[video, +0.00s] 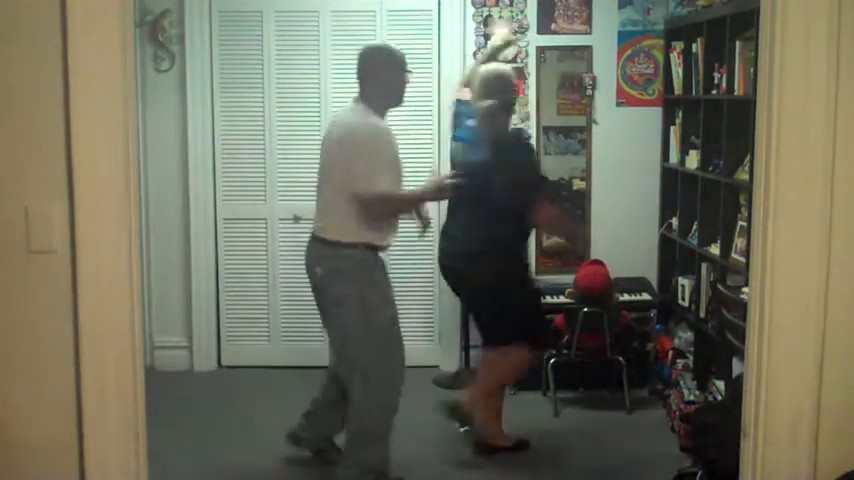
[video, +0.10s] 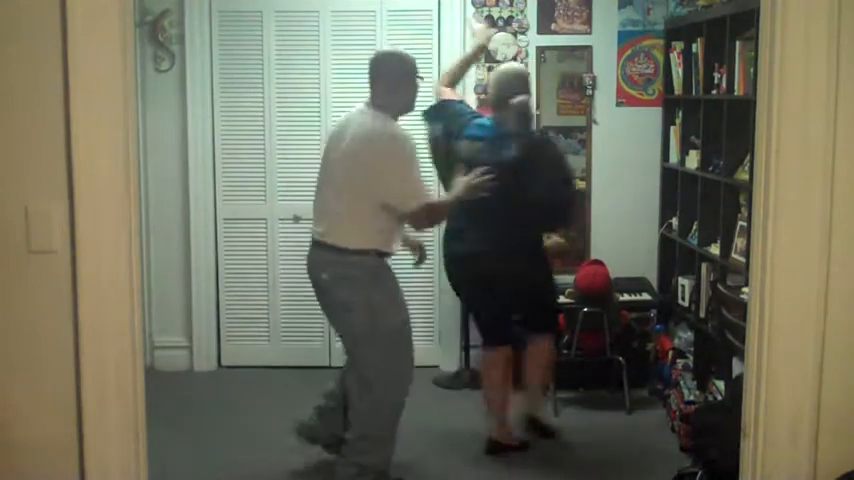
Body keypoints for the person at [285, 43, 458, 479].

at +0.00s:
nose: (407, 84)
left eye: (405, 76)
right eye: (400, 75)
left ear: (369, 79)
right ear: (375, 78)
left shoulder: (348, 122)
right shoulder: (368, 130)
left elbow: (357, 188)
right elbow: (372, 203)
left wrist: (407, 203)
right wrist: (428, 192)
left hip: (332, 254)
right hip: (351, 260)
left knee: (357, 357)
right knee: (381, 365)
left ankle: (312, 435)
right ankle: (367, 468)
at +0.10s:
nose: (418, 89)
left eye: (417, 81)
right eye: (412, 81)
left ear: (376, 83)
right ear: (391, 84)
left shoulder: (346, 127)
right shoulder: (390, 139)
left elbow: (352, 200)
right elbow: (421, 214)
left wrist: (399, 234)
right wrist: (459, 194)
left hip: (329, 260)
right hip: (358, 269)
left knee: (372, 355)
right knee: (389, 367)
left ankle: (329, 424)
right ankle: (366, 467)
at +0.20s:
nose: (425, 87)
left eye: (424, 78)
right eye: (421, 79)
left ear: (378, 83)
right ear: (407, 86)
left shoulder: (344, 128)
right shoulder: (412, 141)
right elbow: (452, 208)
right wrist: (493, 188)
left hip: (330, 264)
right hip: (376, 270)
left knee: (376, 348)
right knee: (398, 364)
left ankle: (336, 433)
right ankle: (368, 465)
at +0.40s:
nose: (428, 82)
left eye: (425, 75)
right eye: (426, 76)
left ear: (385, 82)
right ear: (423, 83)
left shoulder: (348, 131)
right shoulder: (442, 138)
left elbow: (319, 189)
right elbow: (496, 180)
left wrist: (339, 232)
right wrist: (537, 173)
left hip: (348, 266)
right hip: (407, 270)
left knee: (351, 365)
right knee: (412, 371)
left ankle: (347, 460)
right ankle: (376, 463)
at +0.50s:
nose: (423, 87)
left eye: (417, 78)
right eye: (426, 79)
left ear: (392, 84)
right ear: (430, 83)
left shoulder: (360, 129)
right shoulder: (452, 135)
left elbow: (318, 187)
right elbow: (507, 170)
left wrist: (324, 241)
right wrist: (547, 171)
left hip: (360, 268)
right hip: (419, 270)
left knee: (352, 363)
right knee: (421, 356)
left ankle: (347, 458)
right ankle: (410, 449)